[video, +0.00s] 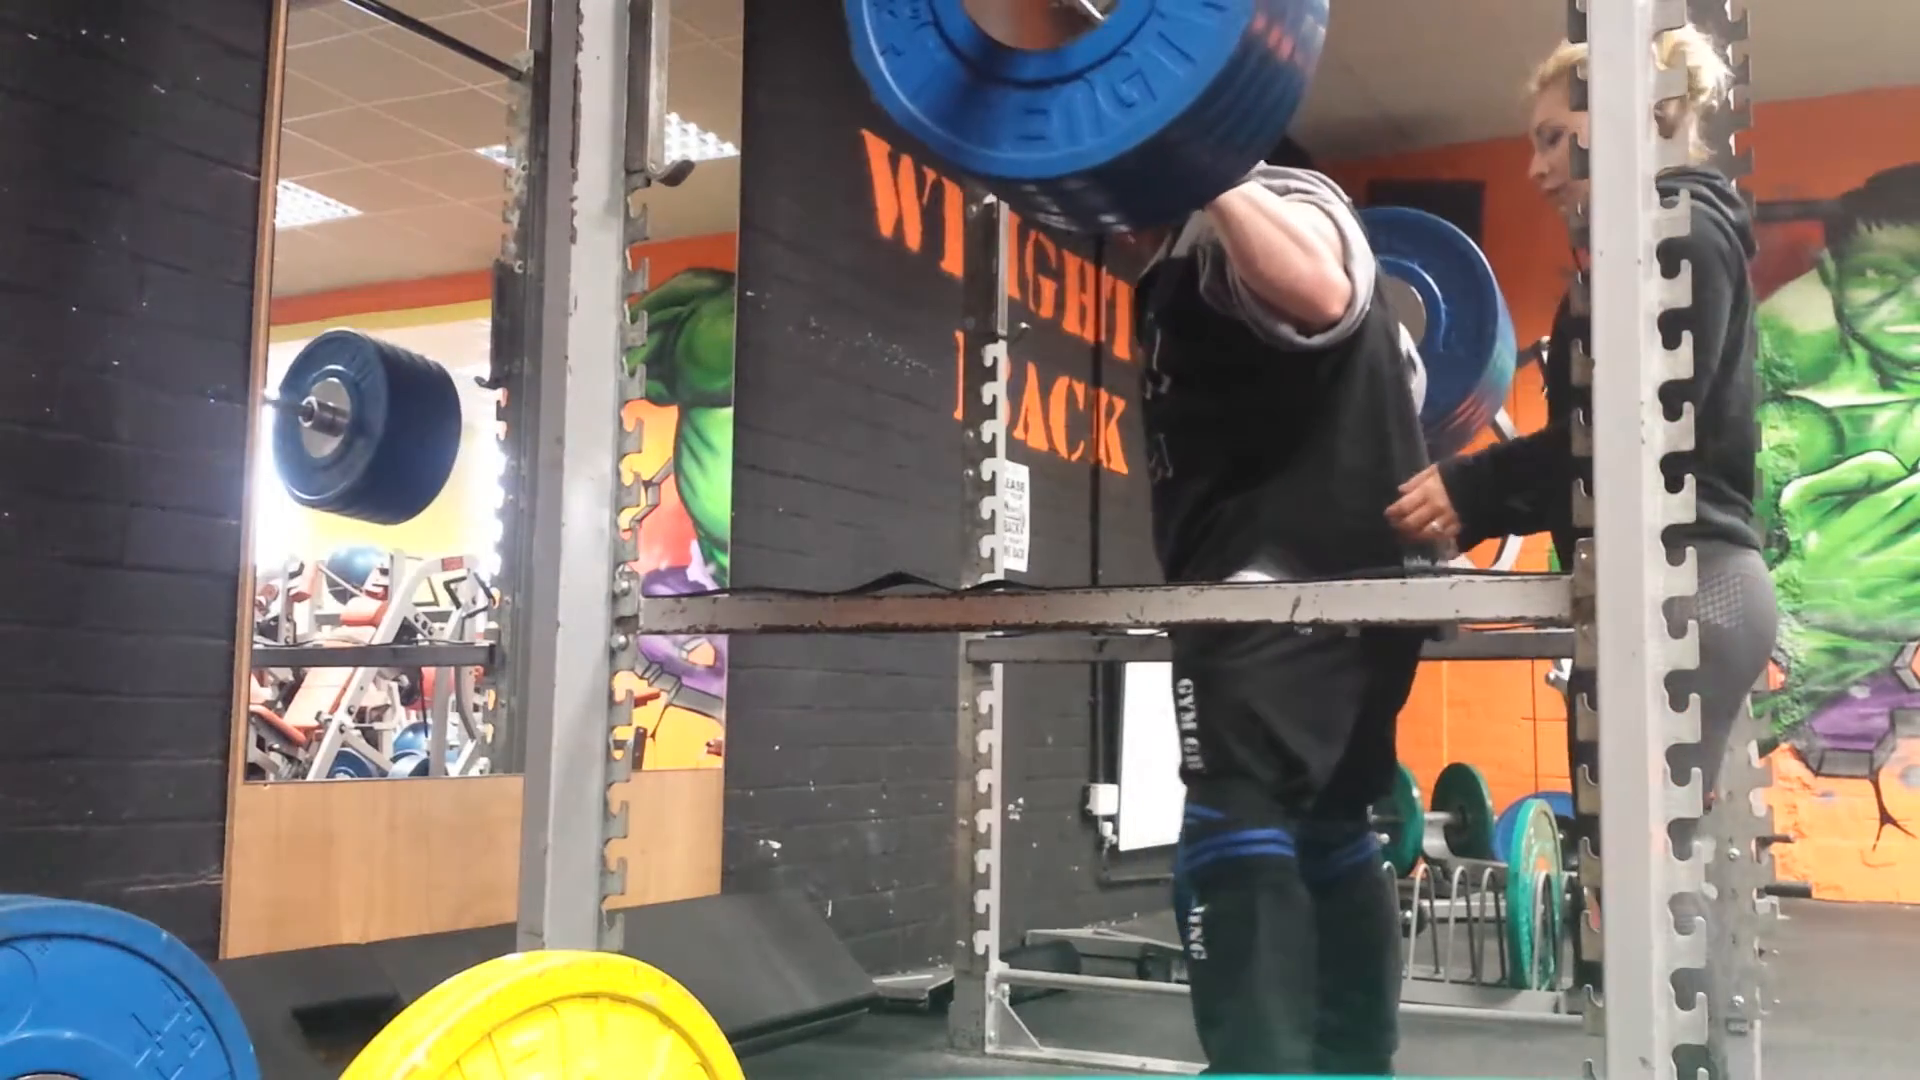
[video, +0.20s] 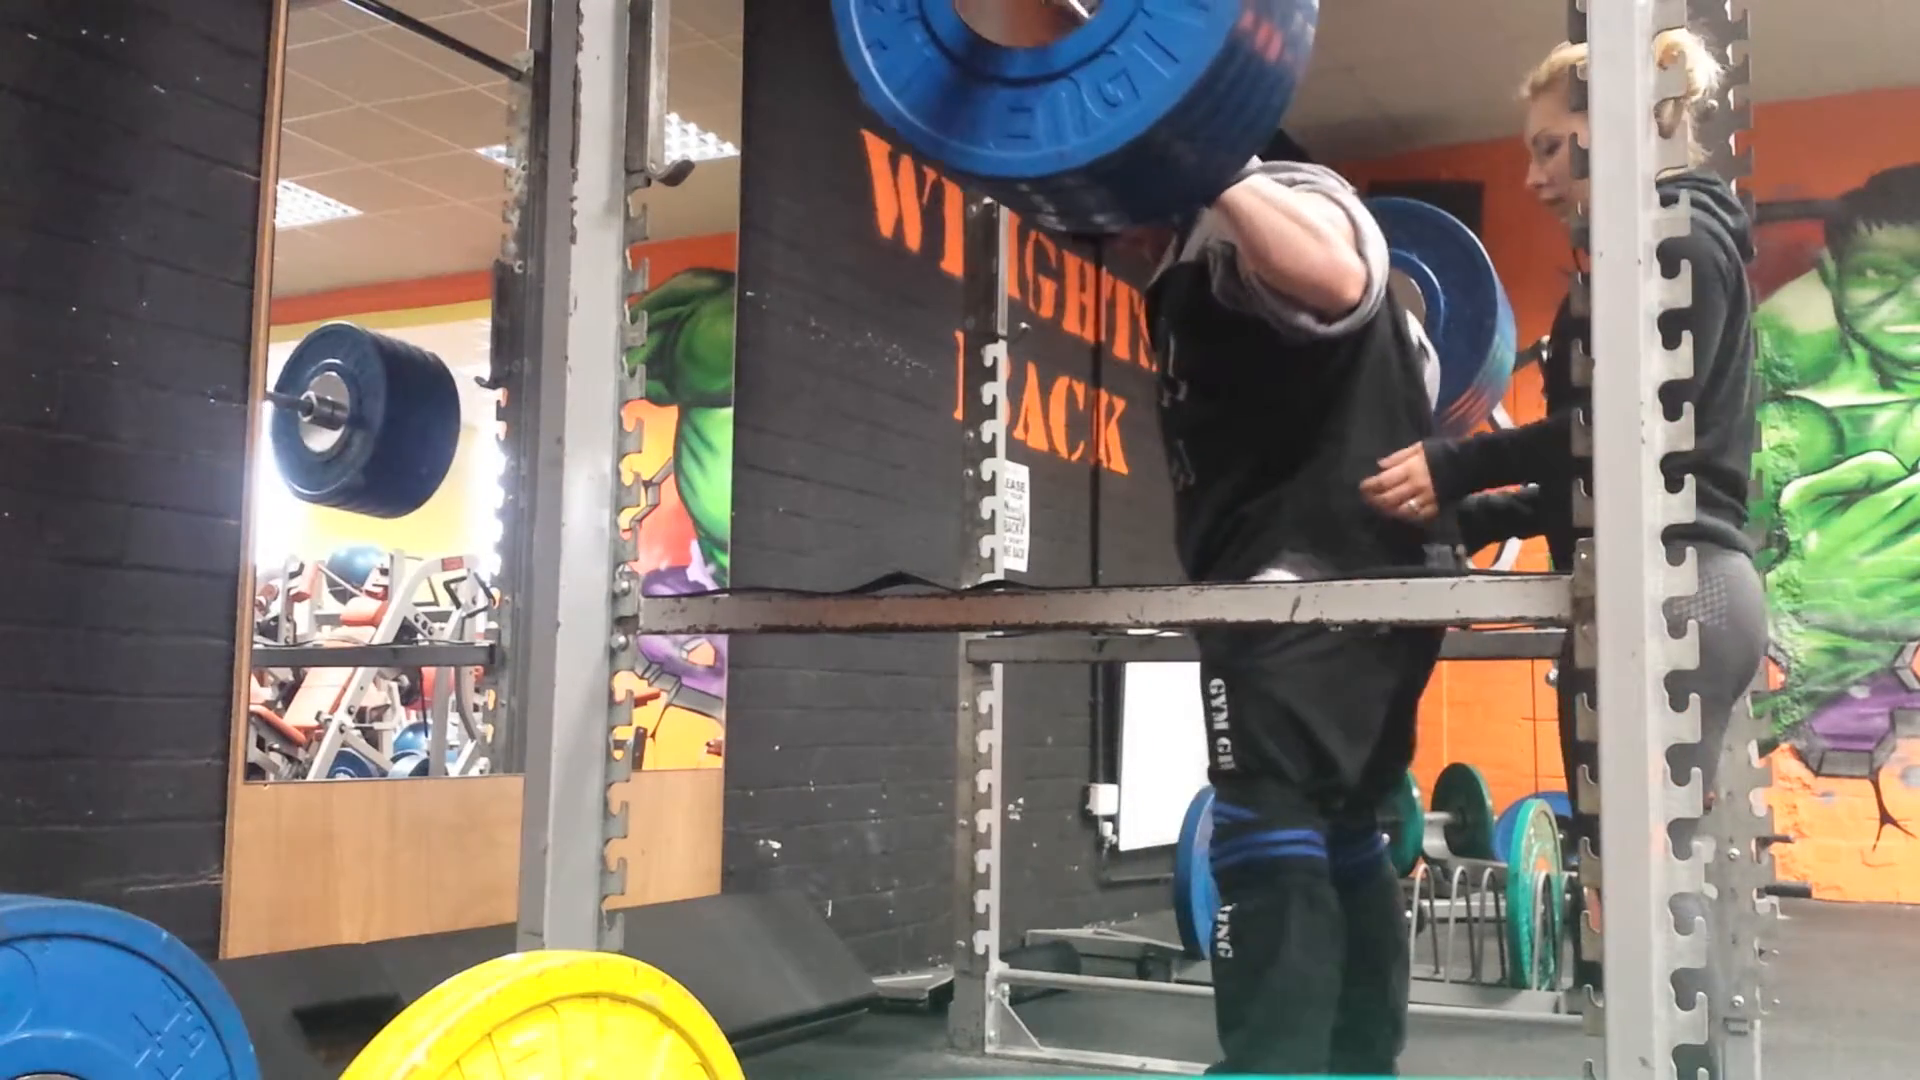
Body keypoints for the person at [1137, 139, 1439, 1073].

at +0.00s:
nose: (1087, 232)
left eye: (1094, 204)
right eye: (1074, 213)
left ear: (1157, 165)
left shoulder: (1283, 196)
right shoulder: (1193, 249)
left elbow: (1319, 290)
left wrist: (1205, 172)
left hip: (1297, 586)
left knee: (1236, 833)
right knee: (1335, 835)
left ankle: (1259, 1065)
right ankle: (1352, 1064)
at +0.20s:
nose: (1103, 260)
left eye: (1102, 235)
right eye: (1084, 245)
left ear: (1151, 199)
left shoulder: (1277, 196)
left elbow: (1335, 278)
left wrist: (1209, 173)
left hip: (1313, 581)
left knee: (1268, 832)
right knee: (1347, 838)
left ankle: (1270, 1065)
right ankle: (1355, 1067)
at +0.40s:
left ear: (1200, 159)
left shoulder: (1280, 218)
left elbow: (1319, 310)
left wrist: (1212, 209)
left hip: (1310, 584)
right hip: (1369, 586)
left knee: (1251, 819)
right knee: (1338, 829)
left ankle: (1263, 1063)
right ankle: (1352, 1062)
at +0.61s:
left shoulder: (1287, 211)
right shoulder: (1198, 245)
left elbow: (1323, 307)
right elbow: (1080, 223)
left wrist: (1205, 191)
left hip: (1296, 582)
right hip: (1356, 582)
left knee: (1254, 826)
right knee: (1342, 830)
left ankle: (1262, 1063)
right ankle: (1353, 1065)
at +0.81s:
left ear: (1190, 154)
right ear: (1264, 144)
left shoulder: (1276, 218)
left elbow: (1310, 313)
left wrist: (1202, 197)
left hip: (1288, 584)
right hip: (1363, 583)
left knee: (1237, 823)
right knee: (1338, 829)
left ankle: (1256, 1063)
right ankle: (1352, 1065)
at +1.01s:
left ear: (1184, 143)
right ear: (1245, 134)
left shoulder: (1266, 207)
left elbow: (1300, 299)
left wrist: (1188, 190)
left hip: (1287, 582)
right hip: (1368, 581)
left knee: (1220, 819)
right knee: (1337, 826)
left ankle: (1250, 1062)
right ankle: (1353, 1061)